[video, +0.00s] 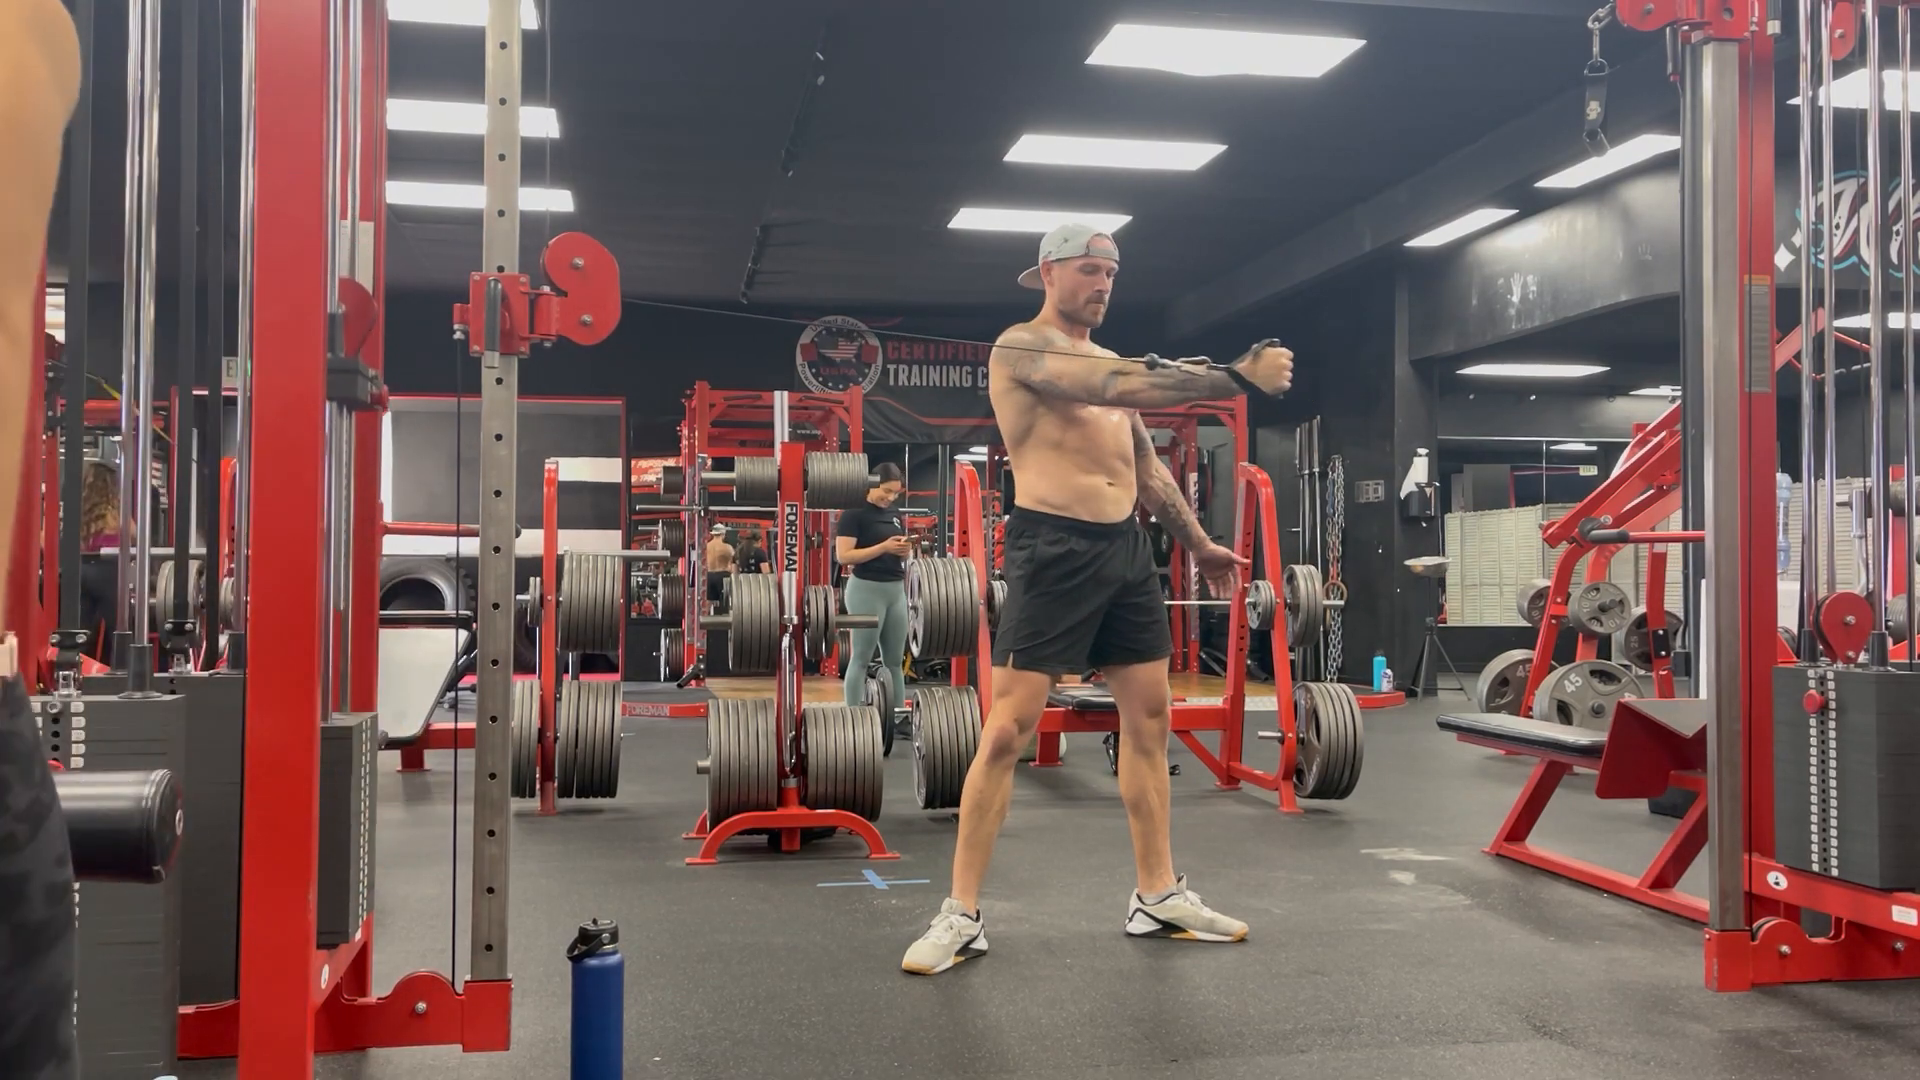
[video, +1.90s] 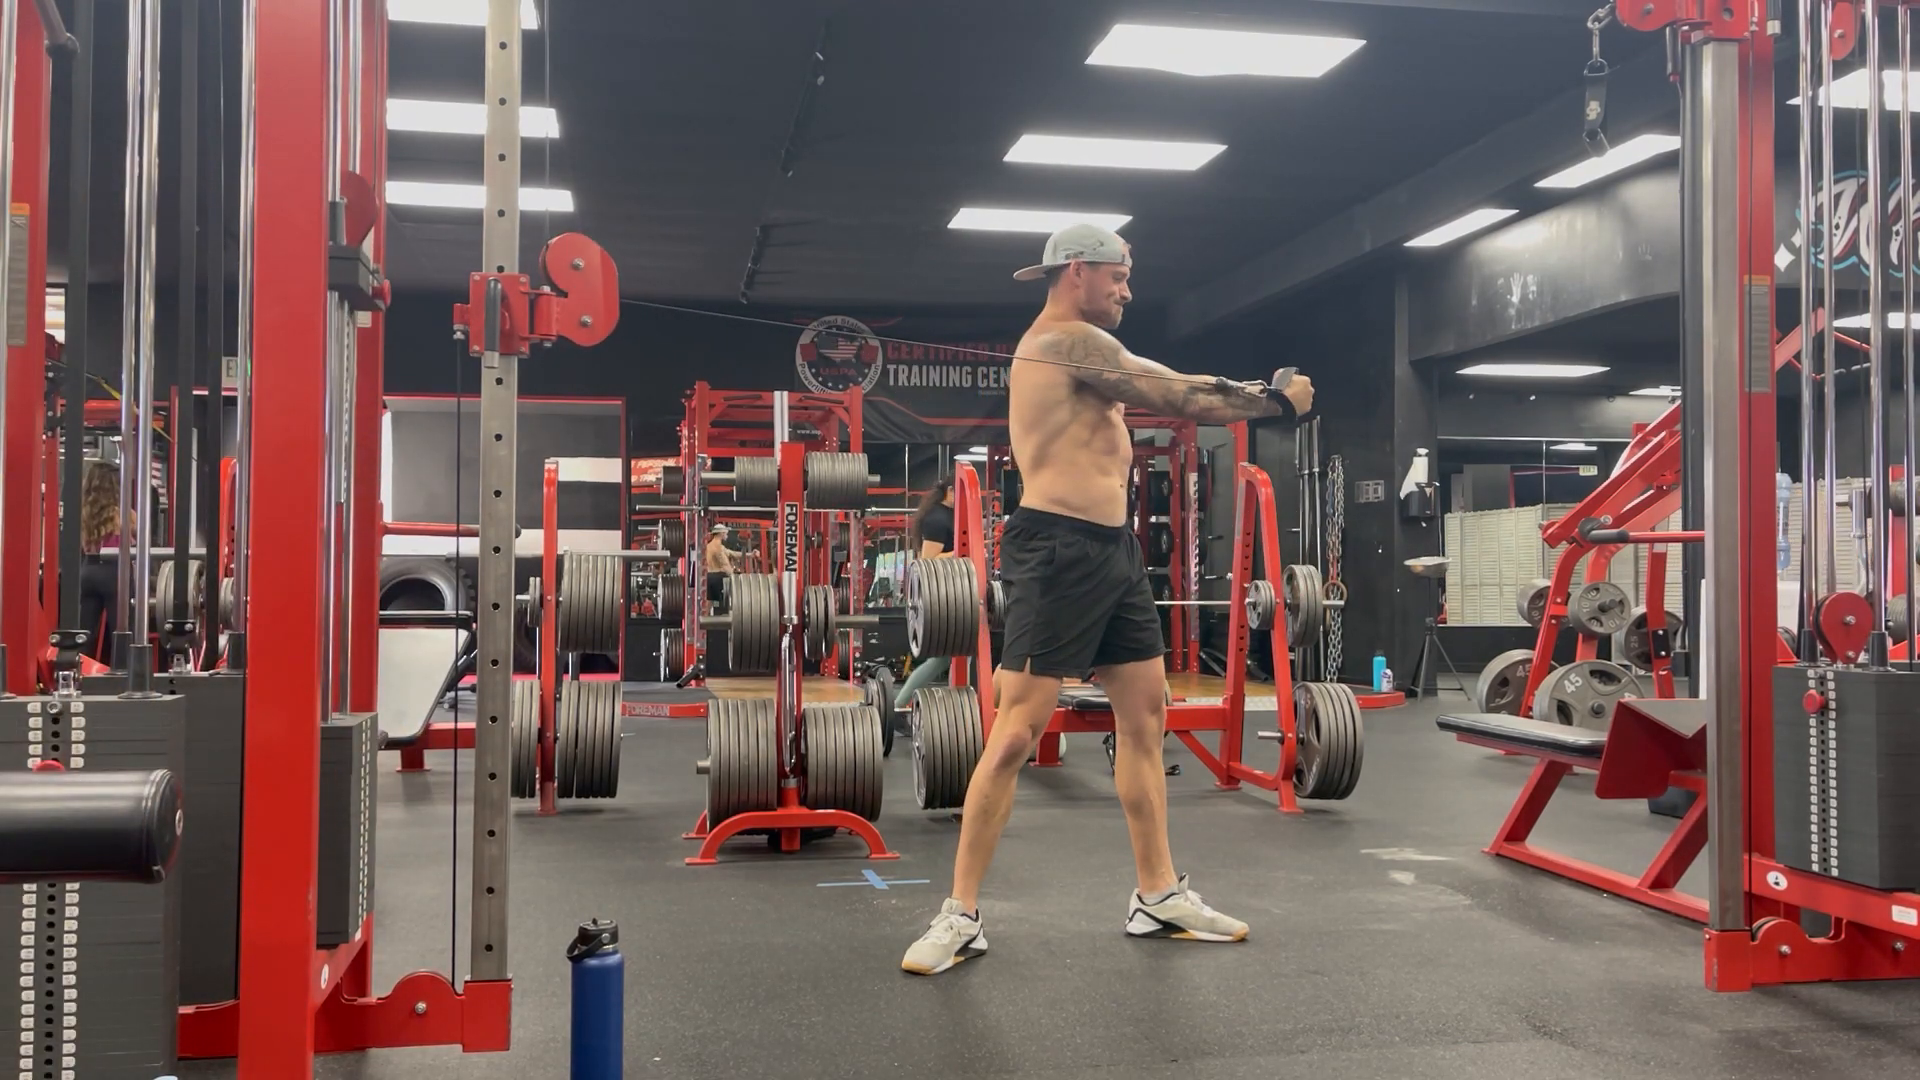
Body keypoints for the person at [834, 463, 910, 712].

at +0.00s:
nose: (891, 498)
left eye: (896, 493)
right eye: (887, 491)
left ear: (899, 490)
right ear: (873, 484)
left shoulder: (893, 515)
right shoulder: (853, 514)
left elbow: (902, 553)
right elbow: (843, 555)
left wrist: (906, 549)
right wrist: (883, 548)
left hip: (895, 590)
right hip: (866, 589)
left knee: (895, 662)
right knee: (861, 659)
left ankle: (897, 721)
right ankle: (853, 721)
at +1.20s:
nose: (912, 497)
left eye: (914, 492)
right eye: (909, 490)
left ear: (898, 489)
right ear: (893, 485)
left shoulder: (892, 513)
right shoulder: (880, 514)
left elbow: (891, 551)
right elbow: (877, 558)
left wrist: (916, 549)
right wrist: (914, 545)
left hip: (893, 589)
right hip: (884, 589)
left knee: (891, 657)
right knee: (889, 658)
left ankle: (880, 712)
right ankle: (869, 713)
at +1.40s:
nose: (923, 498)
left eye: (926, 493)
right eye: (921, 492)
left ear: (907, 488)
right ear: (904, 485)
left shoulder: (899, 512)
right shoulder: (892, 513)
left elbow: (897, 551)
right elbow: (887, 557)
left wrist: (921, 550)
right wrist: (923, 546)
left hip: (893, 585)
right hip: (890, 586)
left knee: (889, 657)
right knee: (919, 650)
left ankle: (881, 713)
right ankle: (898, 712)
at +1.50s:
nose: (931, 499)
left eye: (933, 494)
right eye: (928, 493)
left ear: (913, 488)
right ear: (912, 487)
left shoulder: (906, 511)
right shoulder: (898, 513)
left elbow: (904, 551)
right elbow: (892, 557)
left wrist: (929, 549)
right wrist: (928, 546)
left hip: (897, 583)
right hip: (896, 584)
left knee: (893, 653)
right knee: (928, 648)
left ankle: (882, 714)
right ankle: (926, 716)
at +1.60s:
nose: (937, 501)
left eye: (941, 496)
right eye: (935, 494)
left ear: (920, 490)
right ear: (919, 488)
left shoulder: (915, 513)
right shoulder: (905, 514)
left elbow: (912, 552)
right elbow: (898, 558)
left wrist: (937, 549)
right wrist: (934, 547)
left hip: (903, 582)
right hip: (903, 584)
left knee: (897, 652)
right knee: (933, 648)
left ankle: (884, 712)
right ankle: (945, 715)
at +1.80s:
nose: (954, 500)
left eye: (956, 495)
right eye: (952, 494)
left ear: (943, 493)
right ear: (939, 491)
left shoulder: (940, 516)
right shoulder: (926, 518)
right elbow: (918, 560)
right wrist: (955, 550)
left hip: (947, 593)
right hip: (930, 594)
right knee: (919, 651)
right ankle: (887, 704)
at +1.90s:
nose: (964, 499)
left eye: (965, 494)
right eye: (960, 493)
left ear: (955, 493)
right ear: (949, 492)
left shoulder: (956, 515)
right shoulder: (938, 517)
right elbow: (928, 560)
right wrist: (961, 552)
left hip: (957, 590)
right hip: (943, 592)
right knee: (941, 655)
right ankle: (899, 706)